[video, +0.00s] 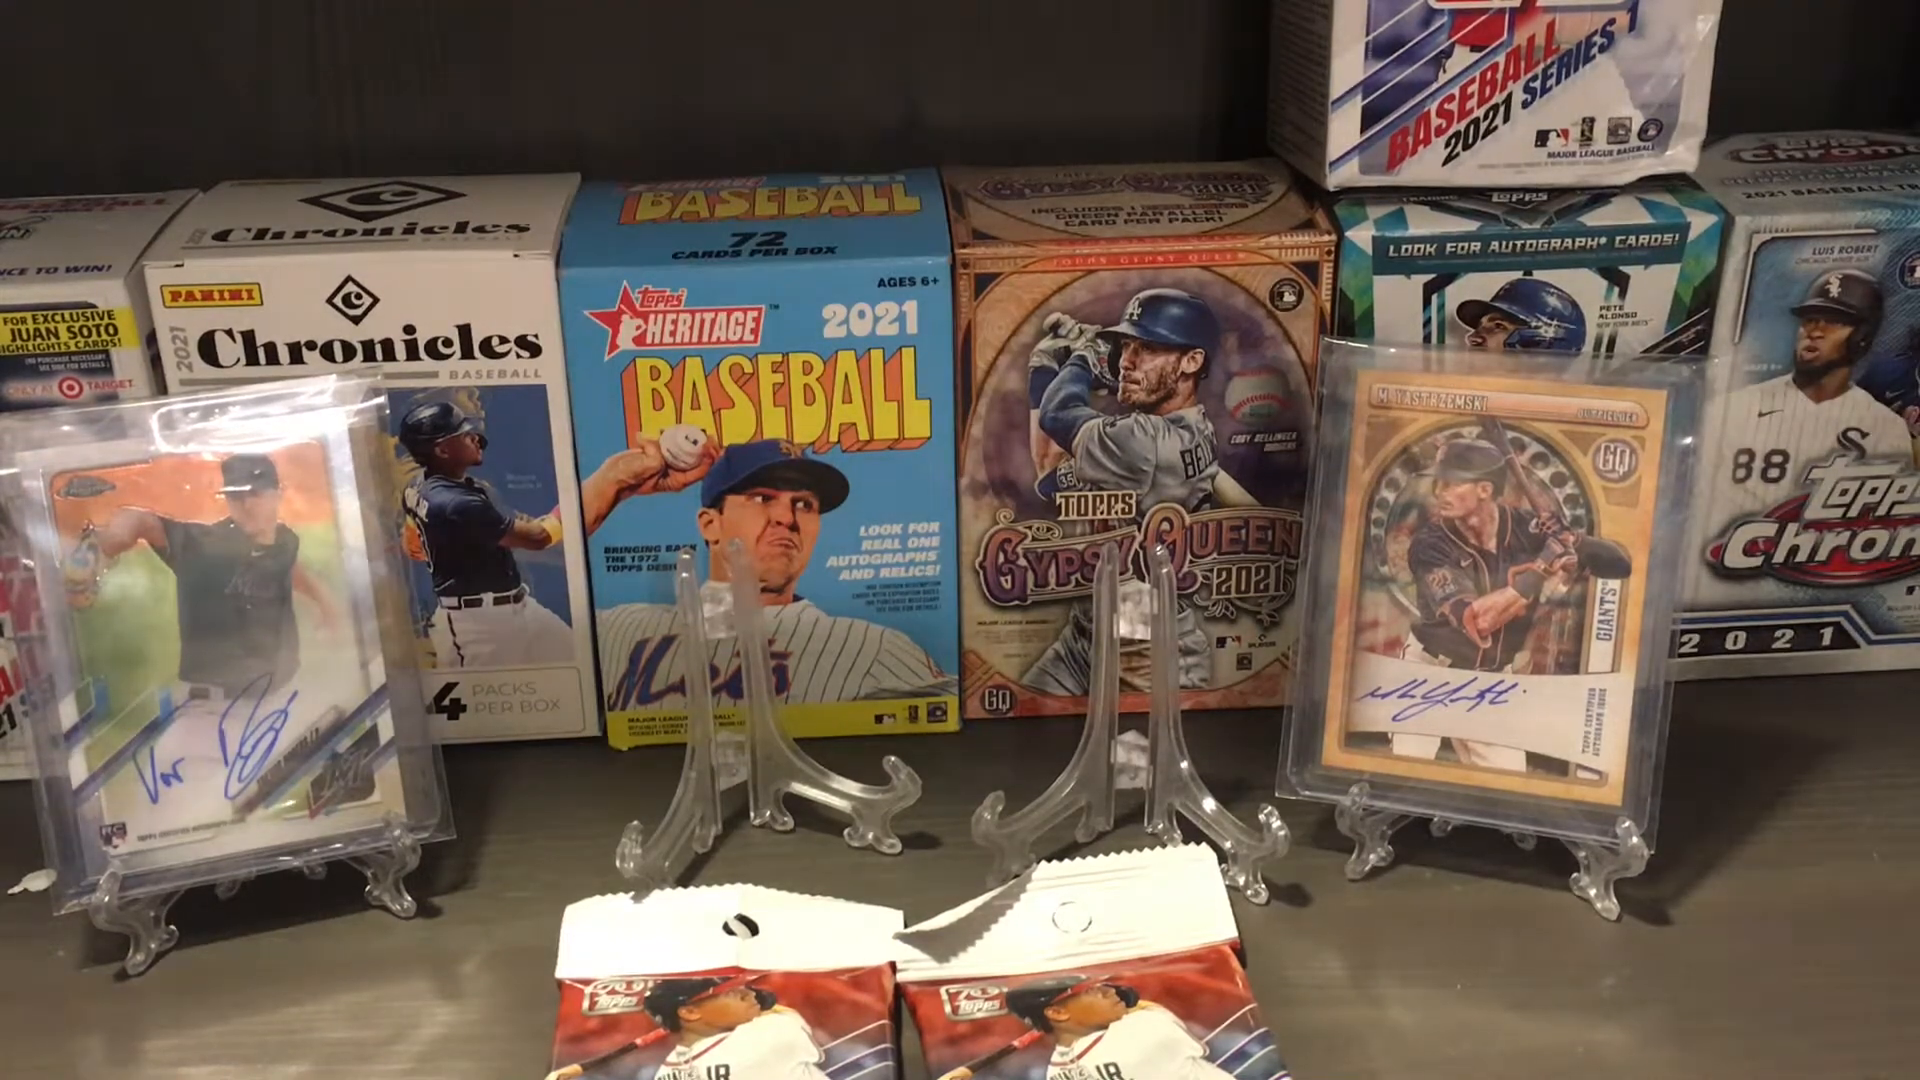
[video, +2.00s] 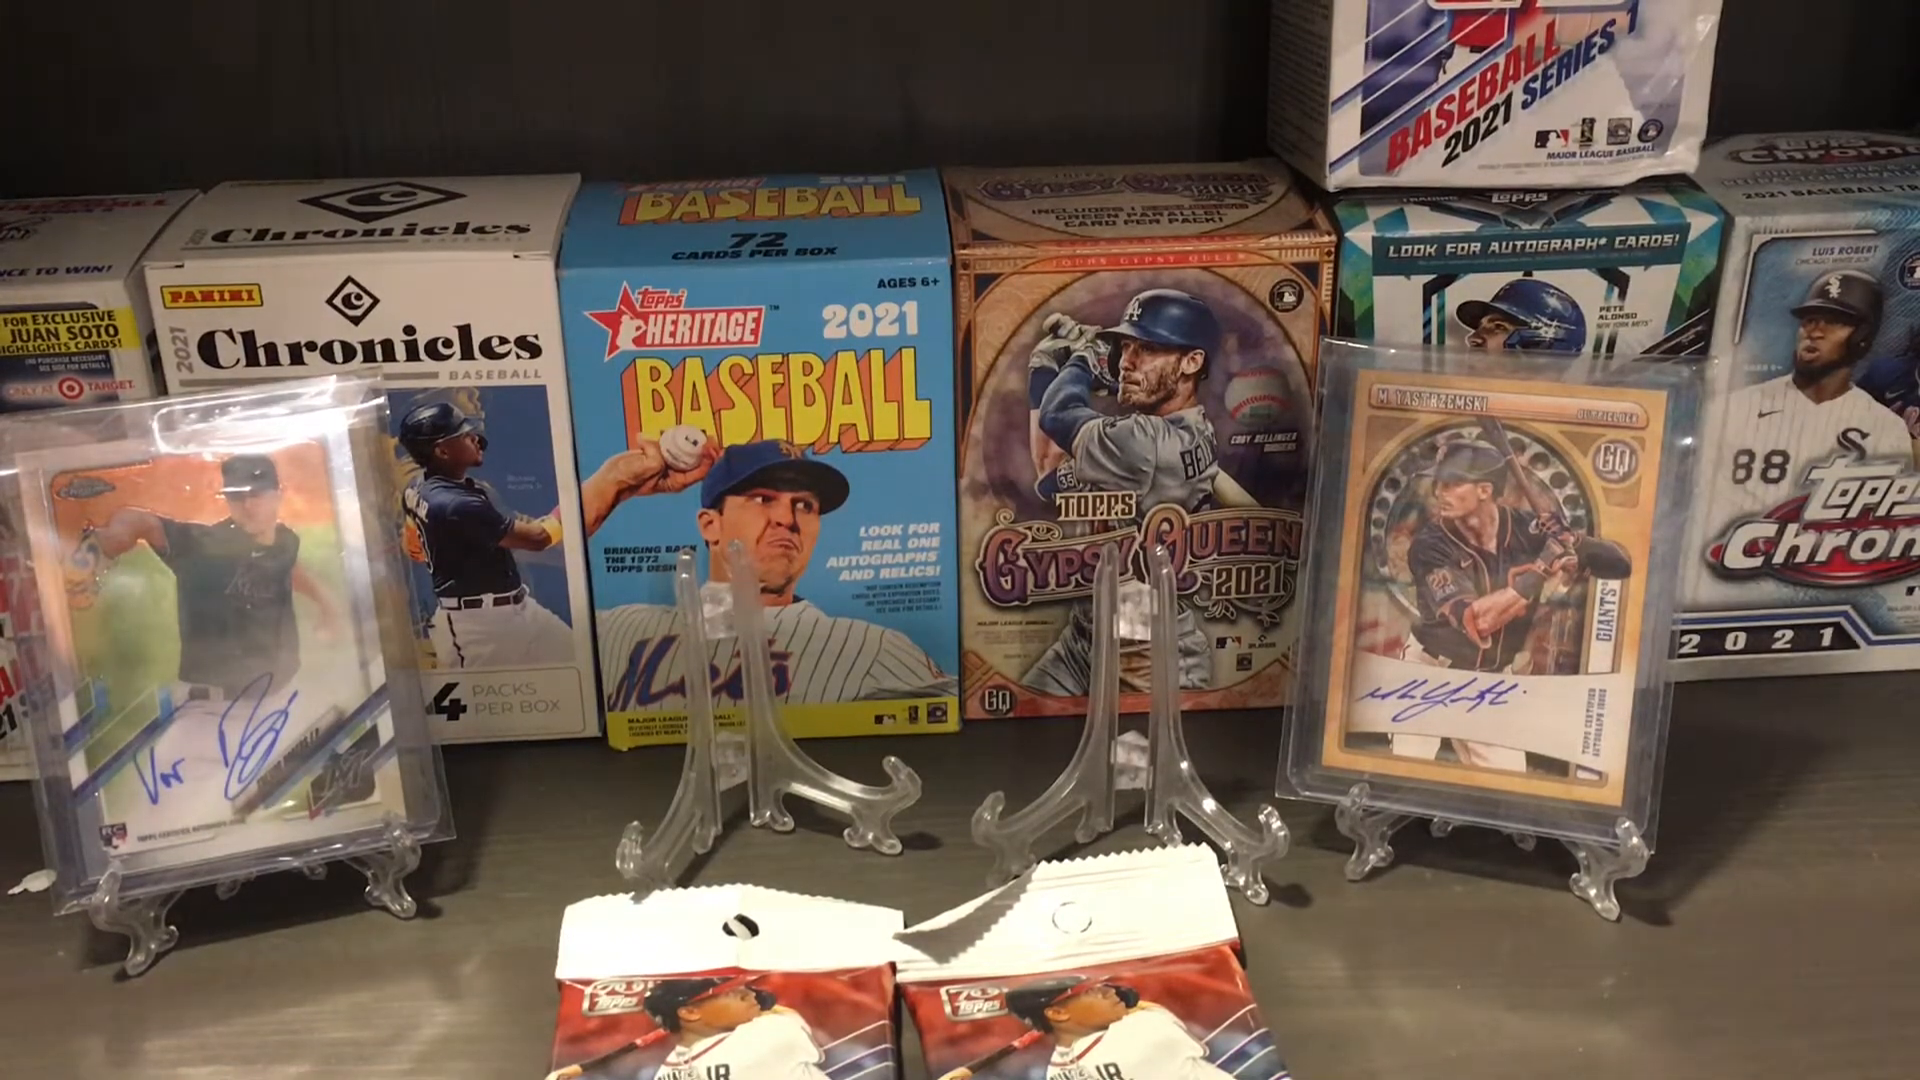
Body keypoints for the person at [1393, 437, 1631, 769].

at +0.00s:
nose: (1439, 492)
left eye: (1451, 484)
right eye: (1439, 483)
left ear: (1484, 491)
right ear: (1436, 485)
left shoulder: (1527, 529)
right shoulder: (1430, 540)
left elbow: (1621, 563)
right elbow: (1473, 622)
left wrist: (1574, 547)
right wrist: (1536, 576)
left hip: (1495, 677)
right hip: (1429, 669)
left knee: (1509, 787)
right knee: (1411, 772)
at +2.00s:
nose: (1440, 492)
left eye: (1452, 484)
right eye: (1439, 484)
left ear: (1484, 491)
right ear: (1435, 487)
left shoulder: (1528, 529)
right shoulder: (1430, 541)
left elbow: (1622, 564)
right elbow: (1471, 621)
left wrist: (1575, 549)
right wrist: (1538, 572)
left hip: (1494, 677)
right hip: (1428, 670)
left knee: (1509, 789)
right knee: (1412, 773)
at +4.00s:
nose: (1439, 493)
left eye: (1451, 485)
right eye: (1439, 485)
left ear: (1484, 491)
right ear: (1435, 487)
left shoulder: (1526, 529)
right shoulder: (1430, 541)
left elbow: (1622, 564)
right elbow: (1473, 623)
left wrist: (1575, 546)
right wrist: (1539, 571)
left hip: (1494, 677)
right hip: (1429, 669)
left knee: (1509, 790)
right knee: (1411, 774)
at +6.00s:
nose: (1439, 492)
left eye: (1451, 484)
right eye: (1439, 483)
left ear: (1484, 491)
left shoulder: (1528, 528)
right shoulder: (1431, 541)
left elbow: (1621, 563)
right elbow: (1473, 622)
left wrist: (1572, 551)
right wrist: (1539, 572)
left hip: (1495, 677)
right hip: (1429, 669)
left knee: (1508, 788)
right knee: (1411, 773)